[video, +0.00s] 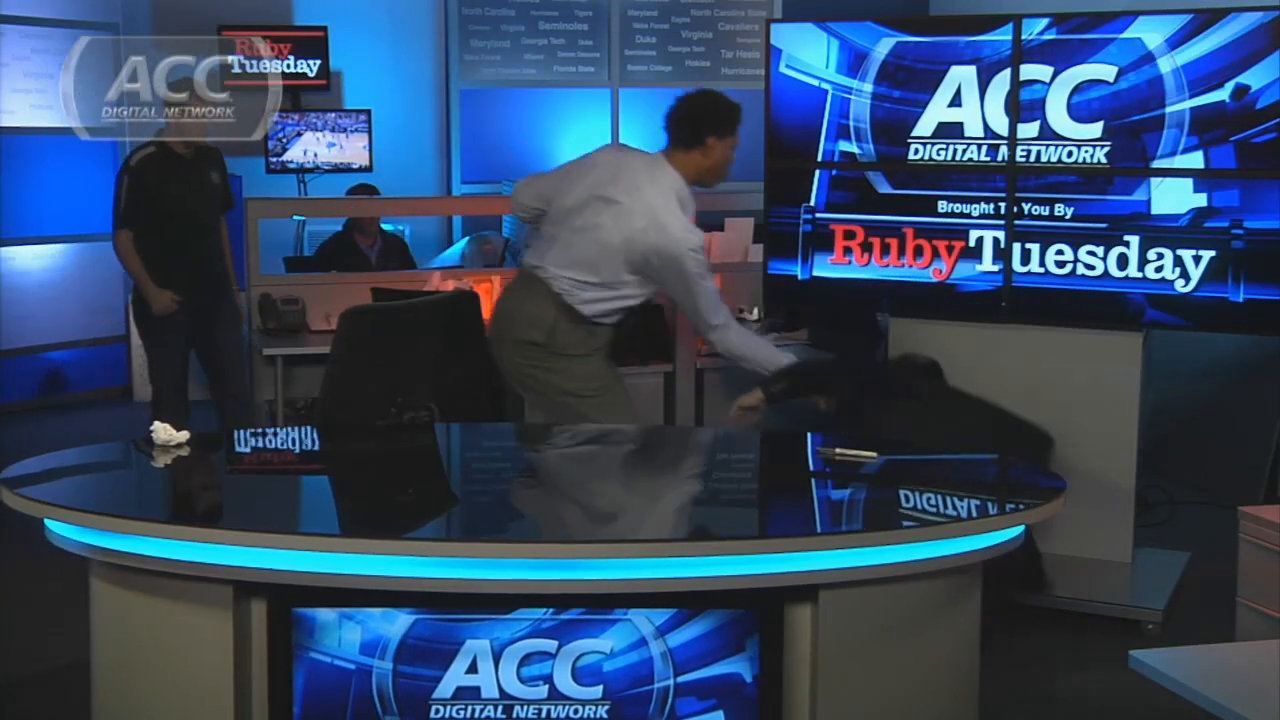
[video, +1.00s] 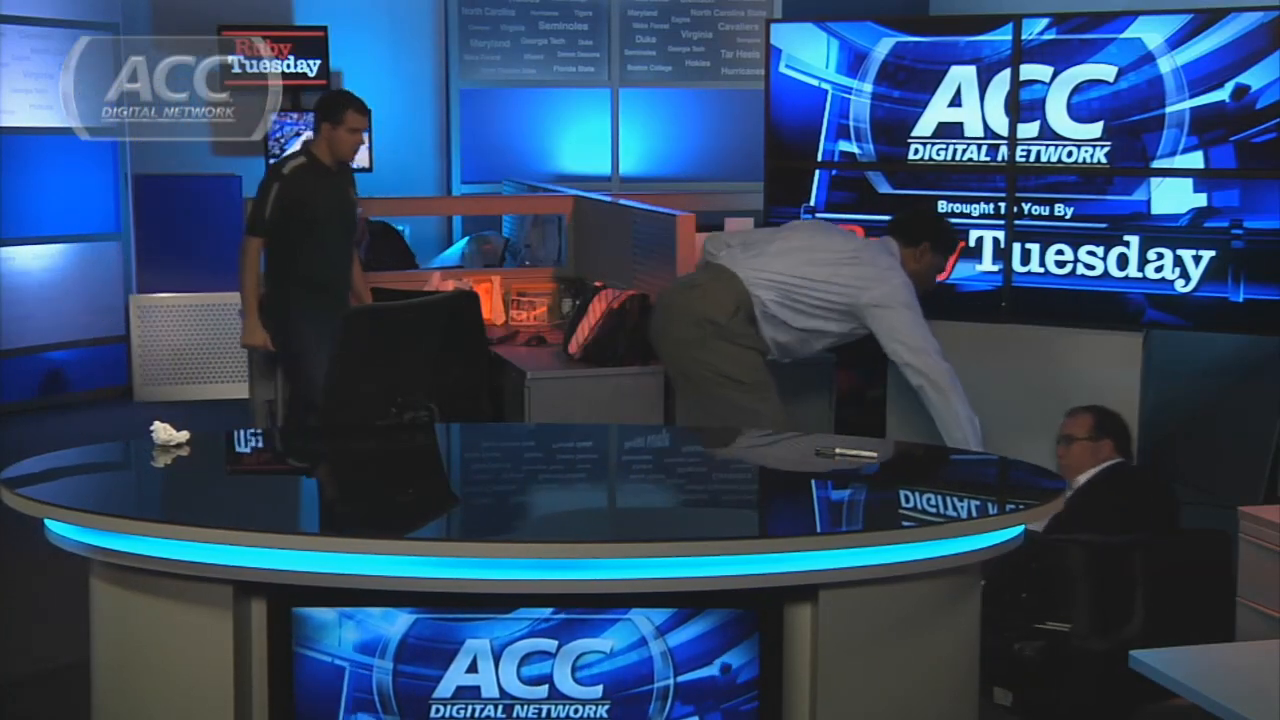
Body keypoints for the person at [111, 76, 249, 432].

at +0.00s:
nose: (202, 121)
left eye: (204, 112)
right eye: (194, 112)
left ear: (208, 115)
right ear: (174, 115)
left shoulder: (212, 159)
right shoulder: (140, 164)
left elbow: (219, 226)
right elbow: (123, 239)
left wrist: (232, 286)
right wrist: (151, 291)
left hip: (213, 294)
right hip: (163, 299)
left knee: (232, 390)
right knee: (170, 397)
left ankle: (242, 470)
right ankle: (173, 480)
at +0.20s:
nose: (232, 128)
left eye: (233, 119)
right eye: (224, 119)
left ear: (231, 121)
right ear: (199, 119)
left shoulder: (232, 164)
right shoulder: (161, 168)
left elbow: (244, 231)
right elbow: (145, 242)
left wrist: (251, 292)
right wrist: (178, 293)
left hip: (232, 300)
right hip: (181, 304)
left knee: (251, 394)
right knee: (181, 402)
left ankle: (259, 474)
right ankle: (181, 481)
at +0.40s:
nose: (273, 129)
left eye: (274, 121)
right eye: (266, 120)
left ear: (261, 124)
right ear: (244, 119)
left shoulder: (263, 167)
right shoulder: (200, 166)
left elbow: (262, 231)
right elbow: (177, 239)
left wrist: (269, 290)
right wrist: (212, 293)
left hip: (261, 300)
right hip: (213, 304)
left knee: (272, 396)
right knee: (205, 401)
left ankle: (268, 471)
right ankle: (192, 475)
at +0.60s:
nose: (304, 131)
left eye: (307, 123)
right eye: (297, 122)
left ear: (301, 122)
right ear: (272, 119)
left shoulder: (293, 167)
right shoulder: (231, 164)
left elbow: (292, 242)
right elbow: (203, 239)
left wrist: (303, 301)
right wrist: (229, 298)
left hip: (288, 301)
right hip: (245, 303)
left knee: (292, 394)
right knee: (259, 397)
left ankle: (284, 474)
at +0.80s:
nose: (333, 135)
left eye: (335, 127)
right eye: (327, 126)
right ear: (299, 123)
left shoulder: (319, 169)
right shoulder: (256, 166)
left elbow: (321, 239)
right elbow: (225, 238)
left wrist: (332, 291)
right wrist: (233, 308)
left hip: (309, 299)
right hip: (268, 300)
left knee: (303, 394)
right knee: (295, 394)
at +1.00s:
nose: (361, 141)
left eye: (363, 133)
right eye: (354, 132)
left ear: (331, 131)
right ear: (326, 129)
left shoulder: (344, 177)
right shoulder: (284, 175)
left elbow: (346, 250)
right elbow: (252, 246)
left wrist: (367, 307)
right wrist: (251, 319)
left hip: (335, 309)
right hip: (294, 310)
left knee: (335, 403)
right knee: (308, 404)